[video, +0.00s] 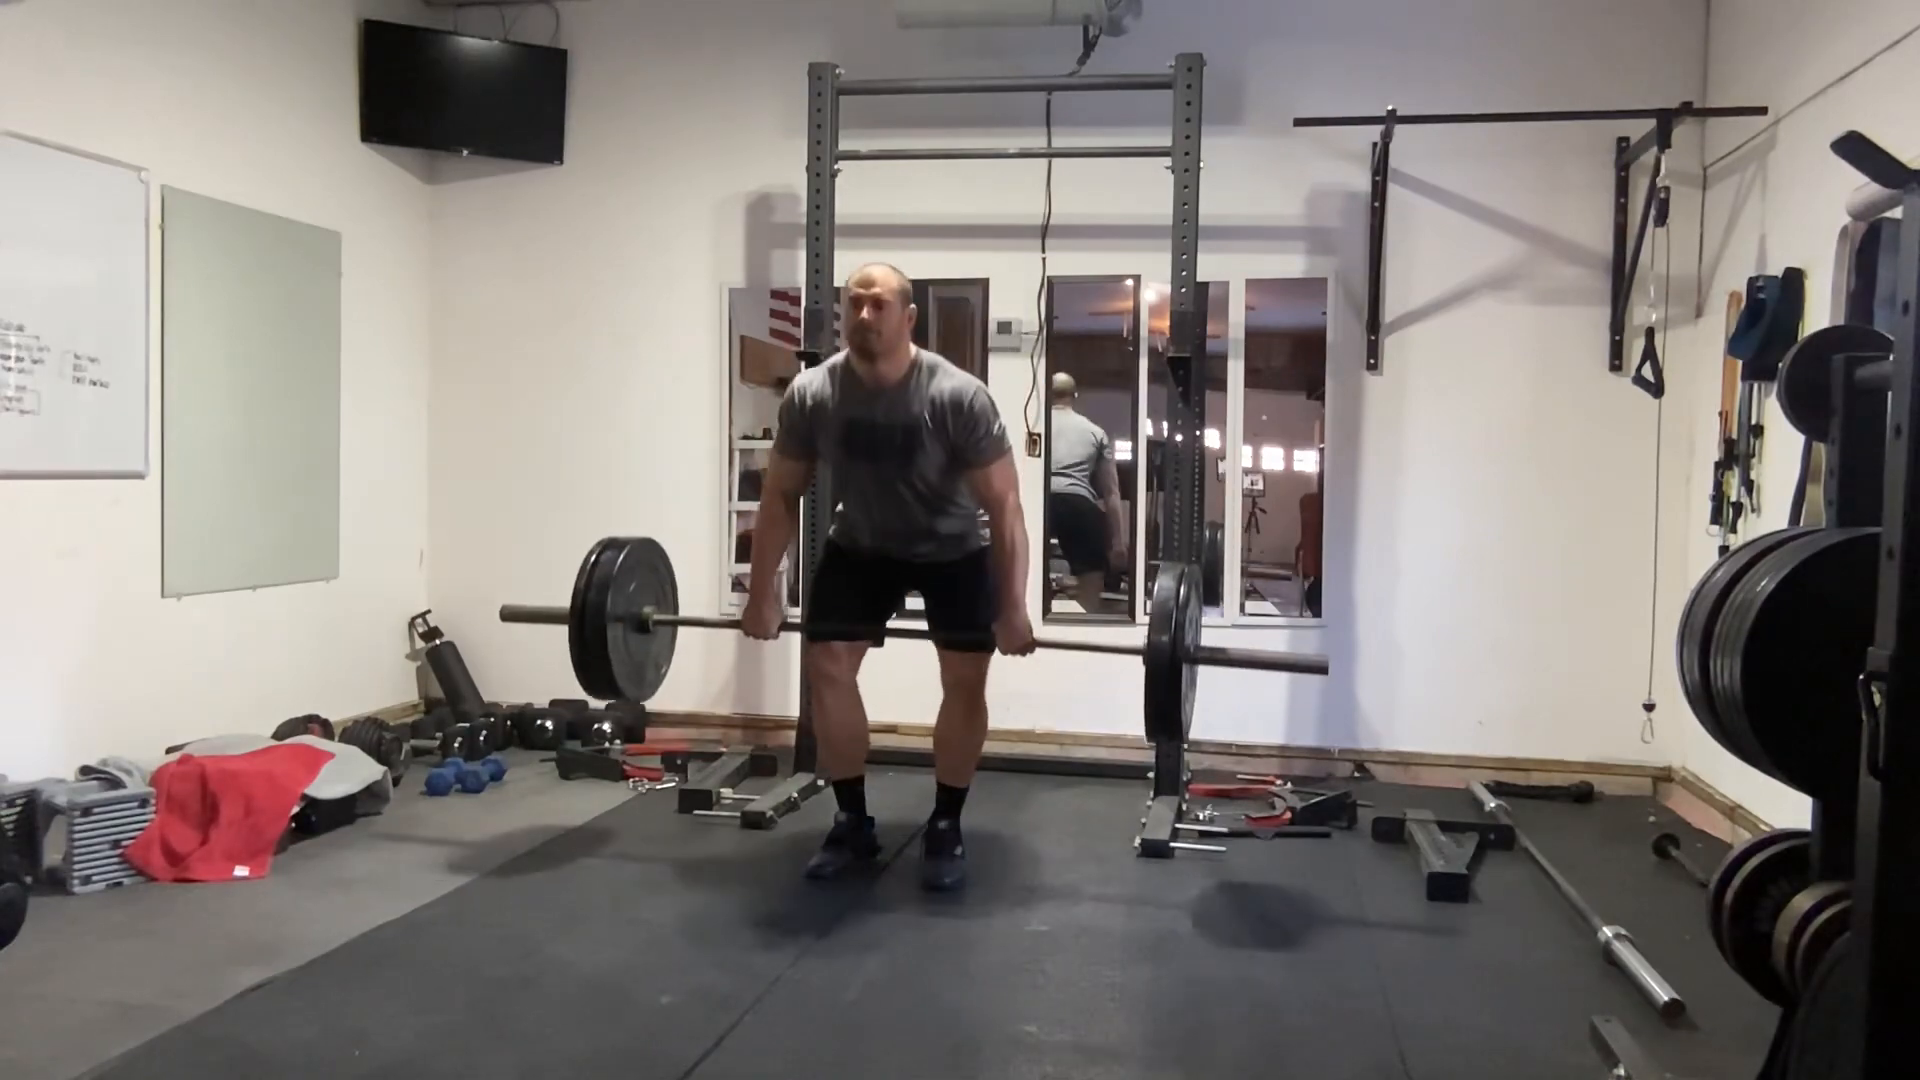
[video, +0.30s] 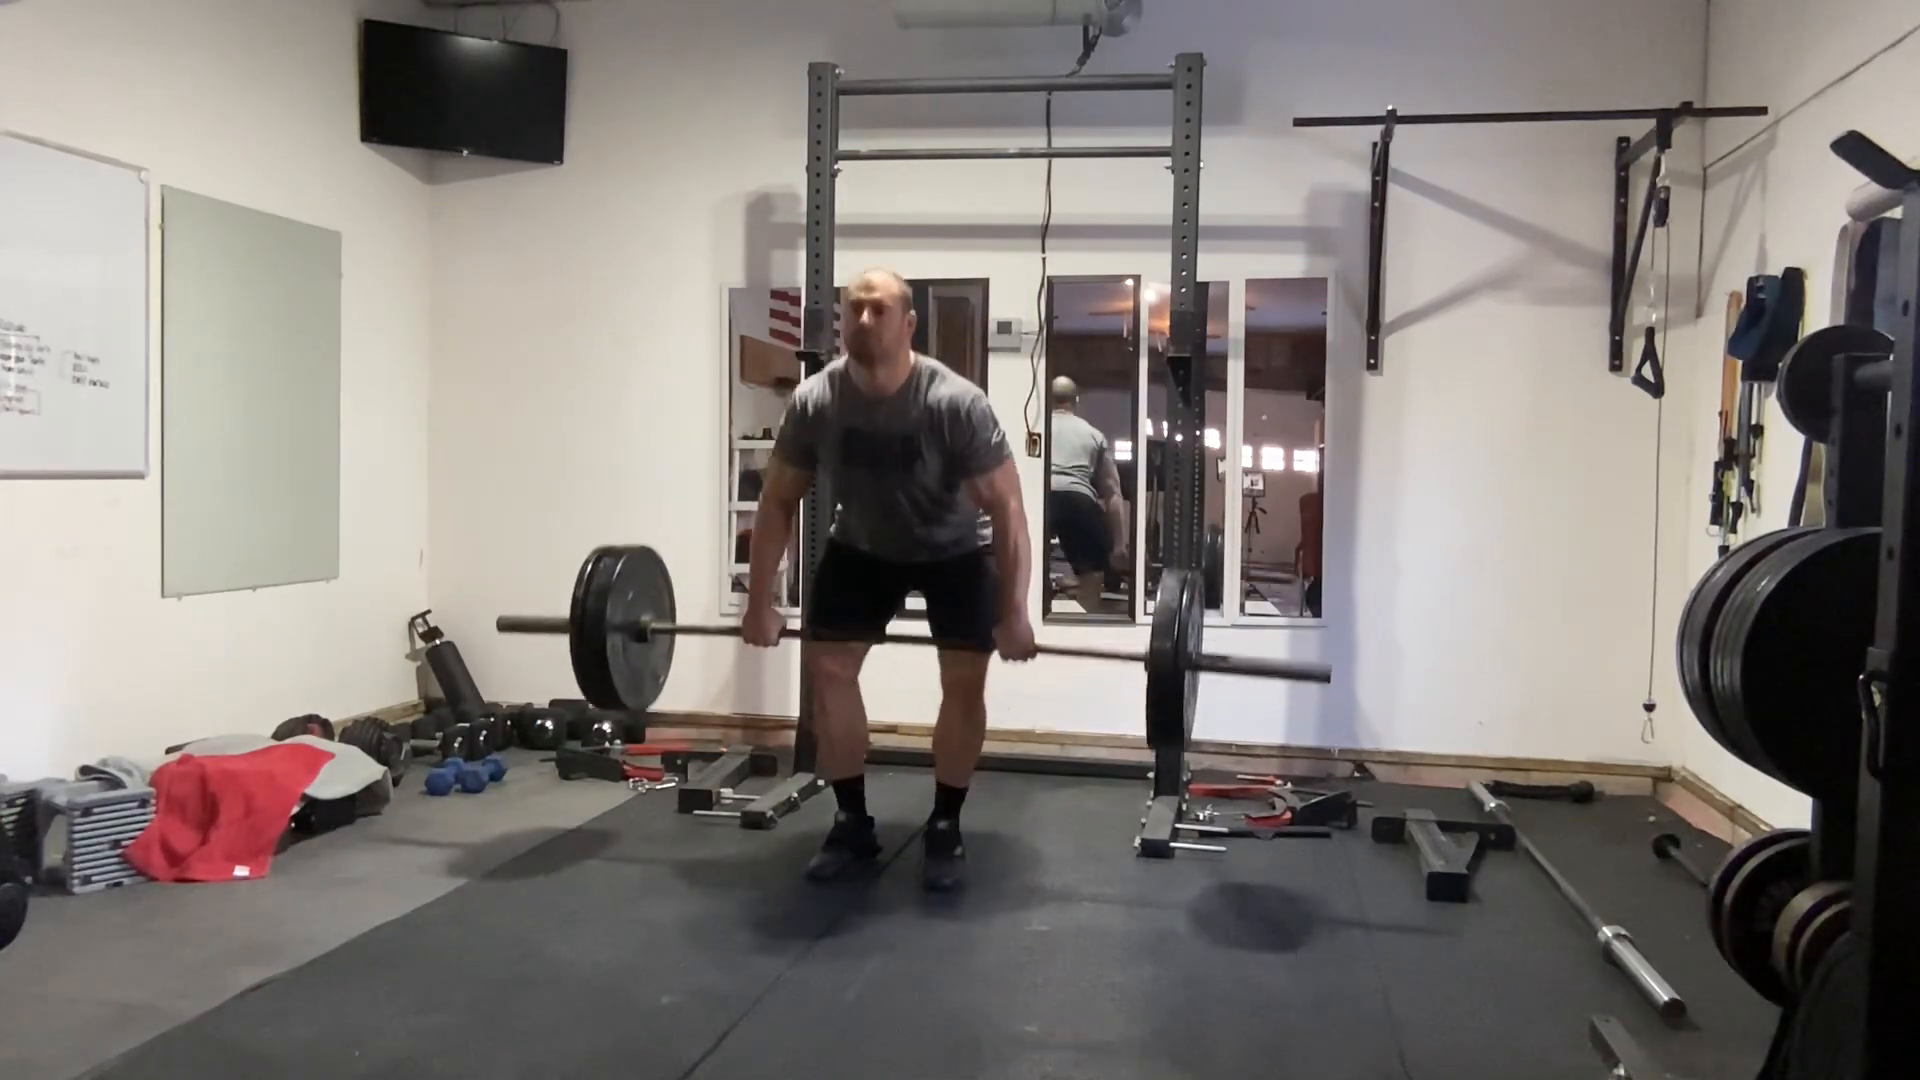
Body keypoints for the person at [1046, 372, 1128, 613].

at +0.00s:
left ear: (1047, 395)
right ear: (1075, 396)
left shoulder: (1031, 424)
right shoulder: (1095, 433)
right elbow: (1111, 493)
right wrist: (1118, 542)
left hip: (1032, 503)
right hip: (1077, 505)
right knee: (1091, 583)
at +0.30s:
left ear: (1049, 399)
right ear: (1076, 400)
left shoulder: (1034, 427)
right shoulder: (1093, 435)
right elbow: (1112, 492)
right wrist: (1120, 545)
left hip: (1037, 497)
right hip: (1078, 499)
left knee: (1032, 567)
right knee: (1090, 574)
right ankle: (1088, 635)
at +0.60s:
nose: (1059, 346)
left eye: (1058, 340)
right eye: (1060, 340)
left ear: (1044, 341)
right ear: (1073, 340)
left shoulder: (1031, 376)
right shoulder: (1093, 374)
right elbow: (1121, 423)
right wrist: (1116, 464)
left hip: (1037, 478)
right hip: (1079, 477)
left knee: (1033, 558)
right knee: (1077, 563)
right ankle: (1082, 626)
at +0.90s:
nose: (1070, 351)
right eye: (1071, 346)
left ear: (1043, 350)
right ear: (1073, 349)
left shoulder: (1030, 385)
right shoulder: (1088, 389)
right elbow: (1120, 430)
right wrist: (1119, 400)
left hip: (1034, 488)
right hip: (1076, 489)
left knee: (1034, 567)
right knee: (1077, 572)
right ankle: (1080, 630)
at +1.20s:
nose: (1054, 369)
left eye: (1053, 362)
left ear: (1044, 362)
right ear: (1075, 361)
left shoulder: (1031, 400)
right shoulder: (1085, 403)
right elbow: (1116, 428)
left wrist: (1116, 401)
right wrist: (1120, 399)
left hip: (1039, 504)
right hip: (1077, 504)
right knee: (1080, 585)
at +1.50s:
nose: (1059, 361)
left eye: (1056, 355)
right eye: (1064, 353)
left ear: (1044, 355)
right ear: (1075, 354)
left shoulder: (1031, 395)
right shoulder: (1089, 396)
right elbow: (1113, 428)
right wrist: (1120, 398)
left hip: (1037, 497)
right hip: (1077, 496)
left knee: (1031, 574)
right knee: (1084, 575)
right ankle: (1086, 637)